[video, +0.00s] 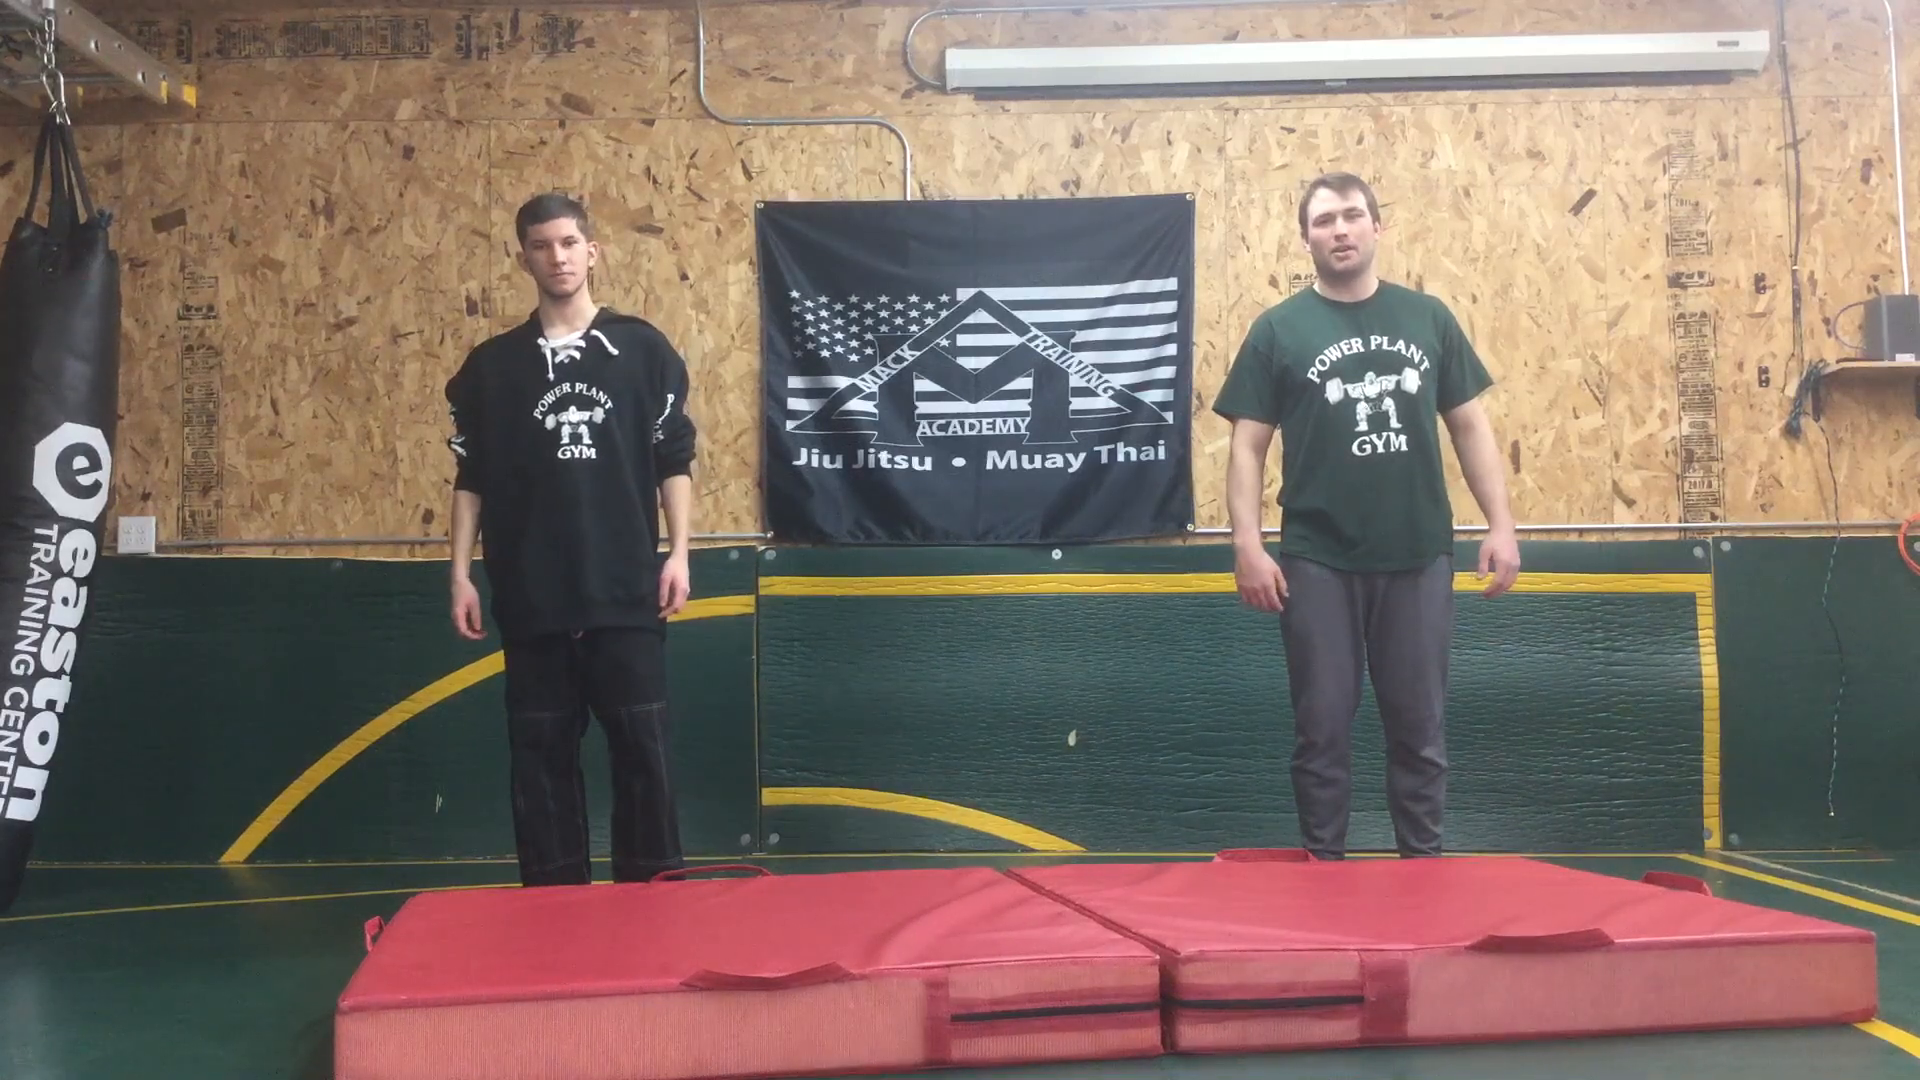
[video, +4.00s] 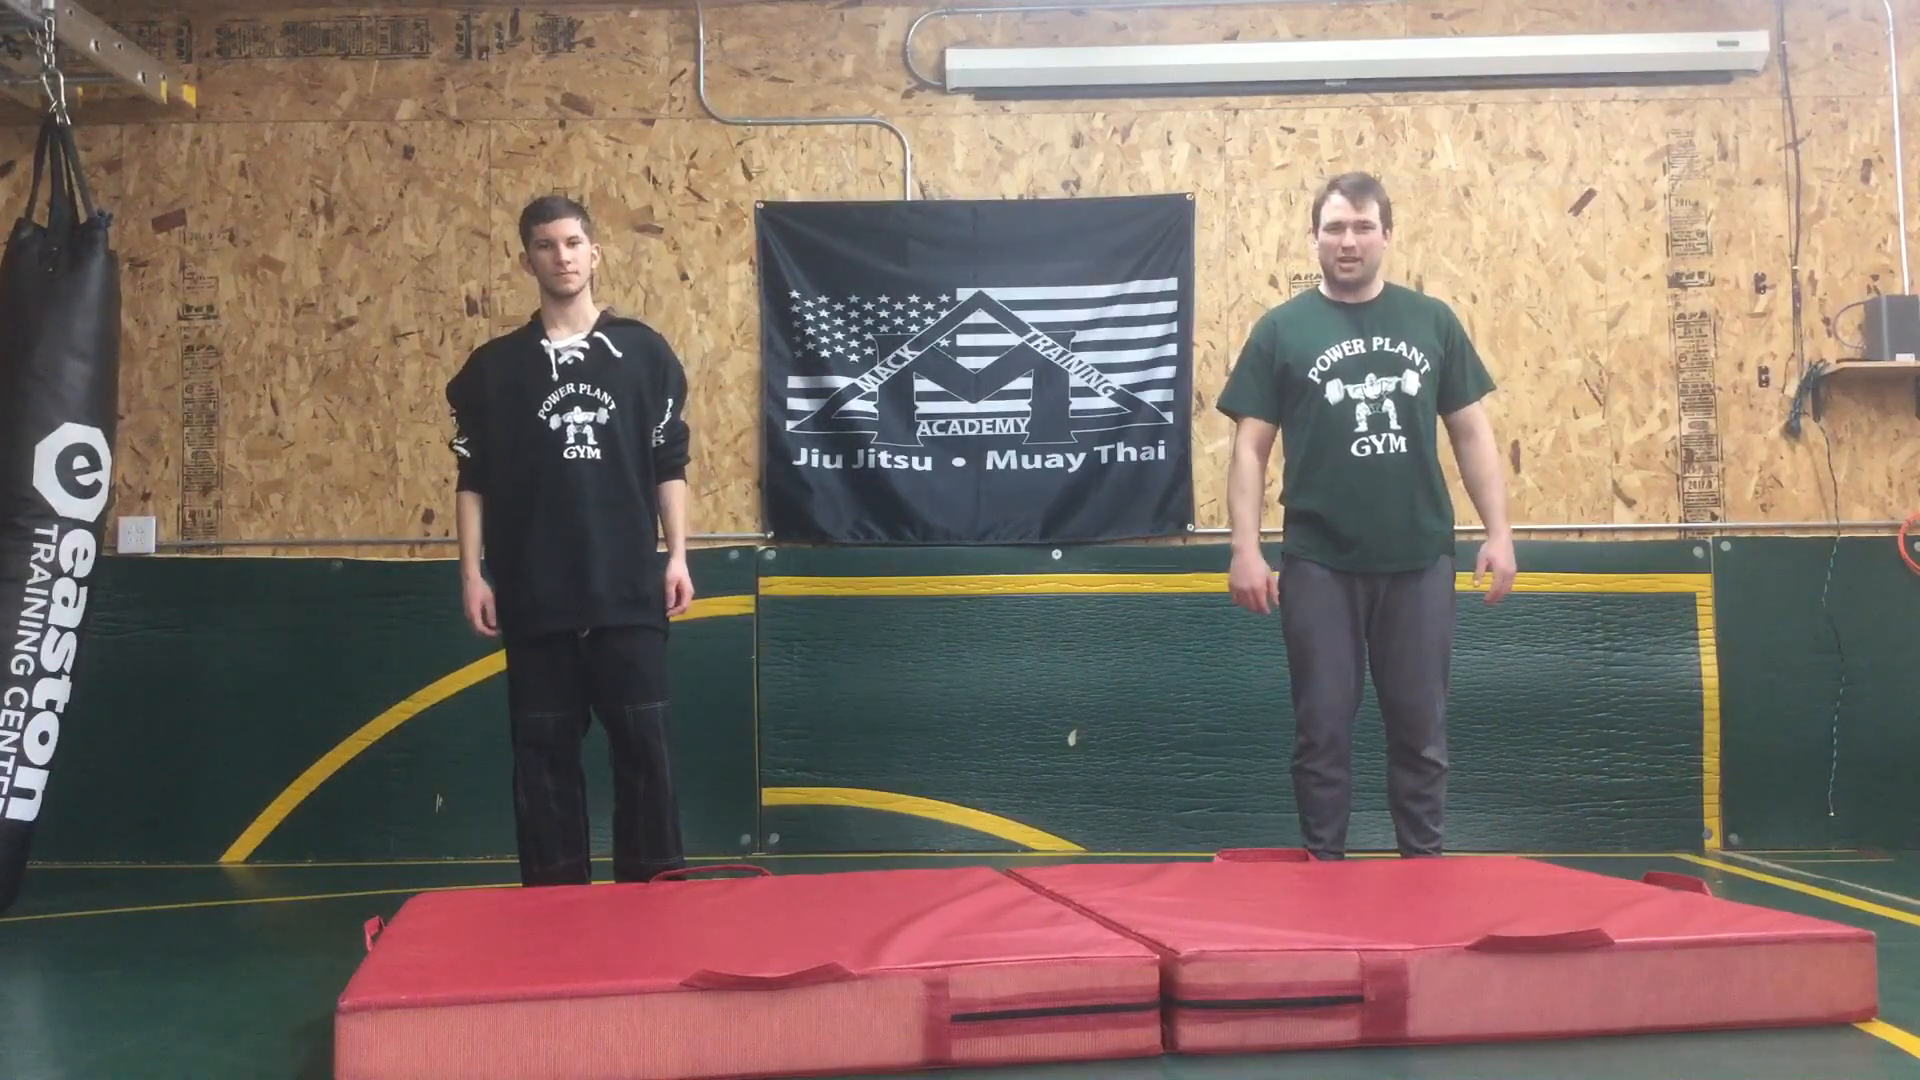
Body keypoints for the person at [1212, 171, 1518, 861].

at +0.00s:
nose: (1340, 229)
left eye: (1351, 216)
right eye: (1324, 221)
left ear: (1377, 228)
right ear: (1306, 240)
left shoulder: (1426, 317)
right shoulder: (1278, 330)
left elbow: (1468, 424)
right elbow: (1248, 445)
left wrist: (1501, 525)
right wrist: (1248, 545)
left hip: (1417, 554)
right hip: (1317, 556)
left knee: (1419, 725)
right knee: (1322, 723)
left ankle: (1423, 869)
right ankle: (1323, 870)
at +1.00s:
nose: (1328, 236)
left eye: (1341, 221)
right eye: (1313, 227)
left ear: (1372, 229)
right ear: (1300, 243)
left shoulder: (1426, 317)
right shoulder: (1277, 332)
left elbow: (1470, 424)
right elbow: (1247, 447)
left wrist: (1502, 522)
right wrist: (1248, 545)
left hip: (1417, 554)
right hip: (1317, 556)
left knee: (1419, 724)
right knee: (1322, 723)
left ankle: (1423, 868)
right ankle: (1323, 869)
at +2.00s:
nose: (1333, 243)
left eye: (1344, 227)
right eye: (1317, 234)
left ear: (1373, 230)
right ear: (1302, 246)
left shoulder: (1428, 320)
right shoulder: (1277, 335)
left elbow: (1468, 425)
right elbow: (1248, 451)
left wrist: (1496, 527)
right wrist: (1246, 552)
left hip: (1417, 557)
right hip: (1317, 559)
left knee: (1419, 729)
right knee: (1322, 727)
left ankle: (1423, 871)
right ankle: (1322, 873)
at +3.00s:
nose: (1345, 235)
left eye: (1357, 221)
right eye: (1330, 225)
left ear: (1381, 231)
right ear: (1311, 240)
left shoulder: (1430, 319)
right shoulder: (1280, 330)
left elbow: (1471, 427)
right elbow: (1247, 444)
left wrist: (1500, 526)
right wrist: (1251, 539)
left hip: (1417, 554)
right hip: (1317, 556)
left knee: (1420, 727)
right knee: (1322, 726)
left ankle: (1423, 870)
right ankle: (1324, 872)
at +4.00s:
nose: (1349, 241)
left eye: (1363, 228)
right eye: (1335, 229)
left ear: (1386, 236)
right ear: (1315, 238)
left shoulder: (1432, 322)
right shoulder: (1281, 331)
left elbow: (1470, 431)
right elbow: (1250, 448)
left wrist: (1498, 531)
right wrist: (1245, 549)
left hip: (1419, 558)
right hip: (1319, 559)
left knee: (1420, 728)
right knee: (1323, 726)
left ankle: (1423, 869)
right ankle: (1323, 870)